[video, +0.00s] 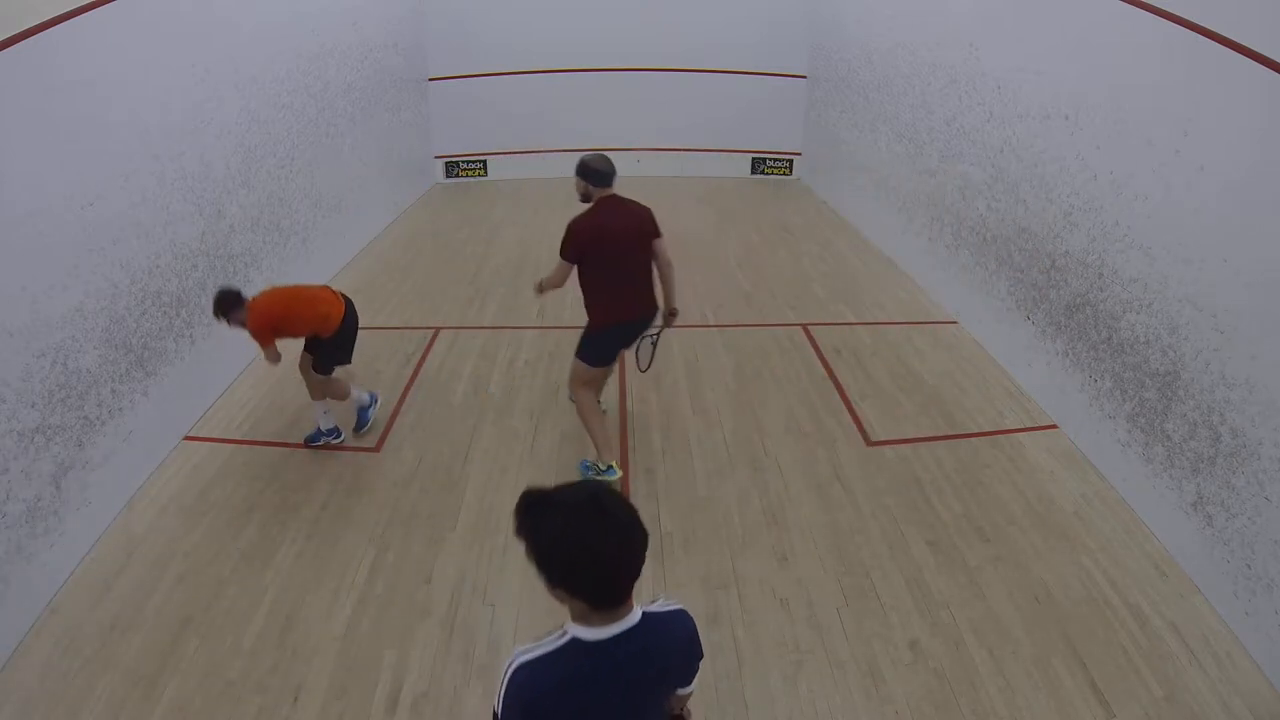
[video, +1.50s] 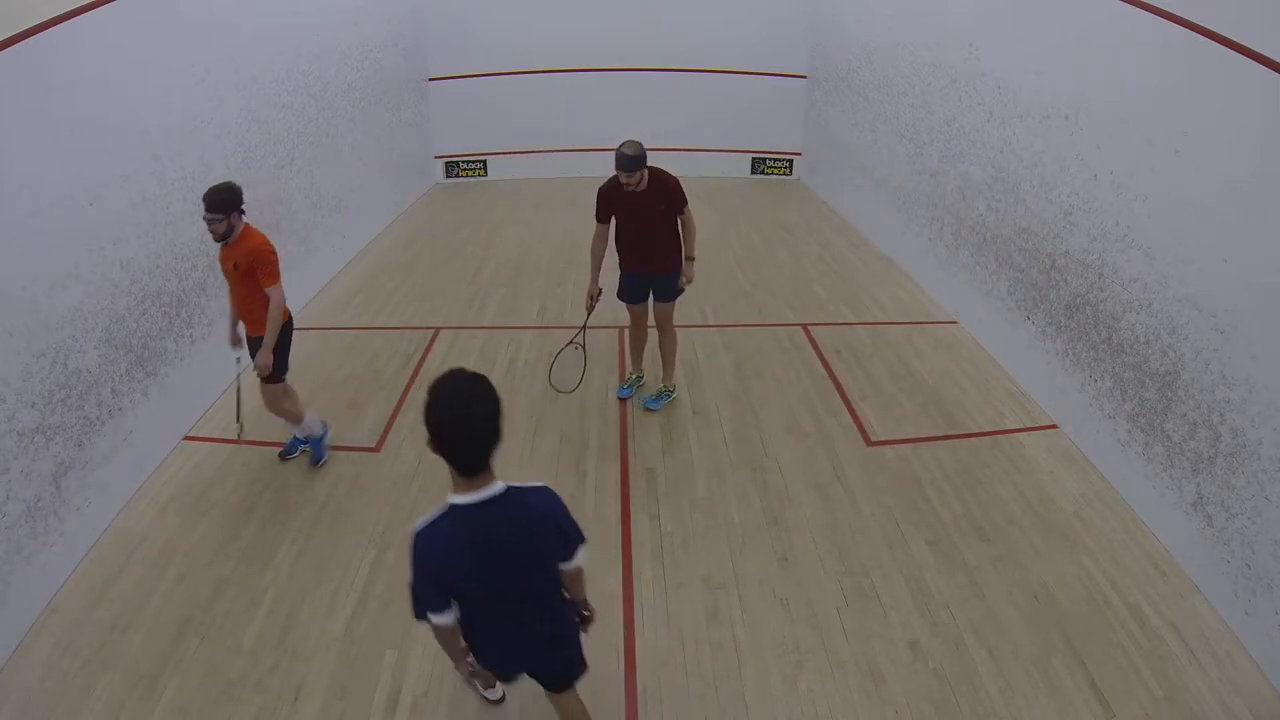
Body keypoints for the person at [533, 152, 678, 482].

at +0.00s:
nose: (575, 186)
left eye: (577, 181)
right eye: (576, 180)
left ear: (586, 184)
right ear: (611, 181)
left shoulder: (581, 226)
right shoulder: (641, 213)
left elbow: (559, 278)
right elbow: (664, 261)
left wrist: (543, 285)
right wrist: (670, 305)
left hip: (607, 322)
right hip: (643, 313)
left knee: (582, 389)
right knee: (607, 352)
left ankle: (607, 462)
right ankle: (590, 396)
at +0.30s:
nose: (566, 158)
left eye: (569, 153)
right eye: (567, 152)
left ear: (583, 155)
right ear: (596, 154)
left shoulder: (584, 195)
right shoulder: (618, 180)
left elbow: (575, 252)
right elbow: (623, 229)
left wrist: (565, 270)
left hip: (604, 283)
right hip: (629, 273)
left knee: (594, 350)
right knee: (598, 336)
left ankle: (630, 423)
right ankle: (593, 395)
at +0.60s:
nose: (596, 156)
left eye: (602, 152)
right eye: (595, 150)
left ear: (618, 154)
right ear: (598, 150)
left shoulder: (626, 189)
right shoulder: (609, 178)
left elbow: (625, 249)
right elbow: (610, 236)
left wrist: (603, 291)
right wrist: (602, 279)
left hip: (629, 279)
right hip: (612, 275)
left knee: (630, 335)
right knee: (608, 336)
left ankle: (665, 384)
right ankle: (594, 395)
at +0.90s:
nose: (628, 157)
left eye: (634, 153)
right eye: (626, 151)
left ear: (649, 154)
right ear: (624, 148)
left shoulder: (666, 188)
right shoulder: (621, 177)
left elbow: (678, 240)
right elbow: (618, 216)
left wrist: (675, 287)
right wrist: (606, 256)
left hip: (660, 273)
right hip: (629, 268)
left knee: (667, 328)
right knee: (614, 321)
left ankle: (669, 386)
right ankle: (618, 378)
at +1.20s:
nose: (637, 164)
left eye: (644, 159)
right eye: (634, 157)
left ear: (656, 156)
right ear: (628, 153)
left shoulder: (675, 187)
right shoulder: (619, 180)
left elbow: (696, 230)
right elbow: (609, 220)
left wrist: (707, 273)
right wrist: (598, 262)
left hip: (667, 271)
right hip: (633, 269)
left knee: (669, 325)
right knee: (635, 321)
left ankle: (669, 385)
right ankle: (636, 374)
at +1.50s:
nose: (627, 183)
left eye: (633, 178)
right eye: (622, 178)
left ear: (644, 168)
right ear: (616, 169)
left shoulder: (667, 184)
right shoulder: (608, 192)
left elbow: (686, 220)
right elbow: (600, 236)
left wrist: (689, 261)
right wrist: (593, 281)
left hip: (666, 267)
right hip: (632, 268)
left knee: (664, 323)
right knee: (636, 322)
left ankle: (668, 385)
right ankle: (636, 373)